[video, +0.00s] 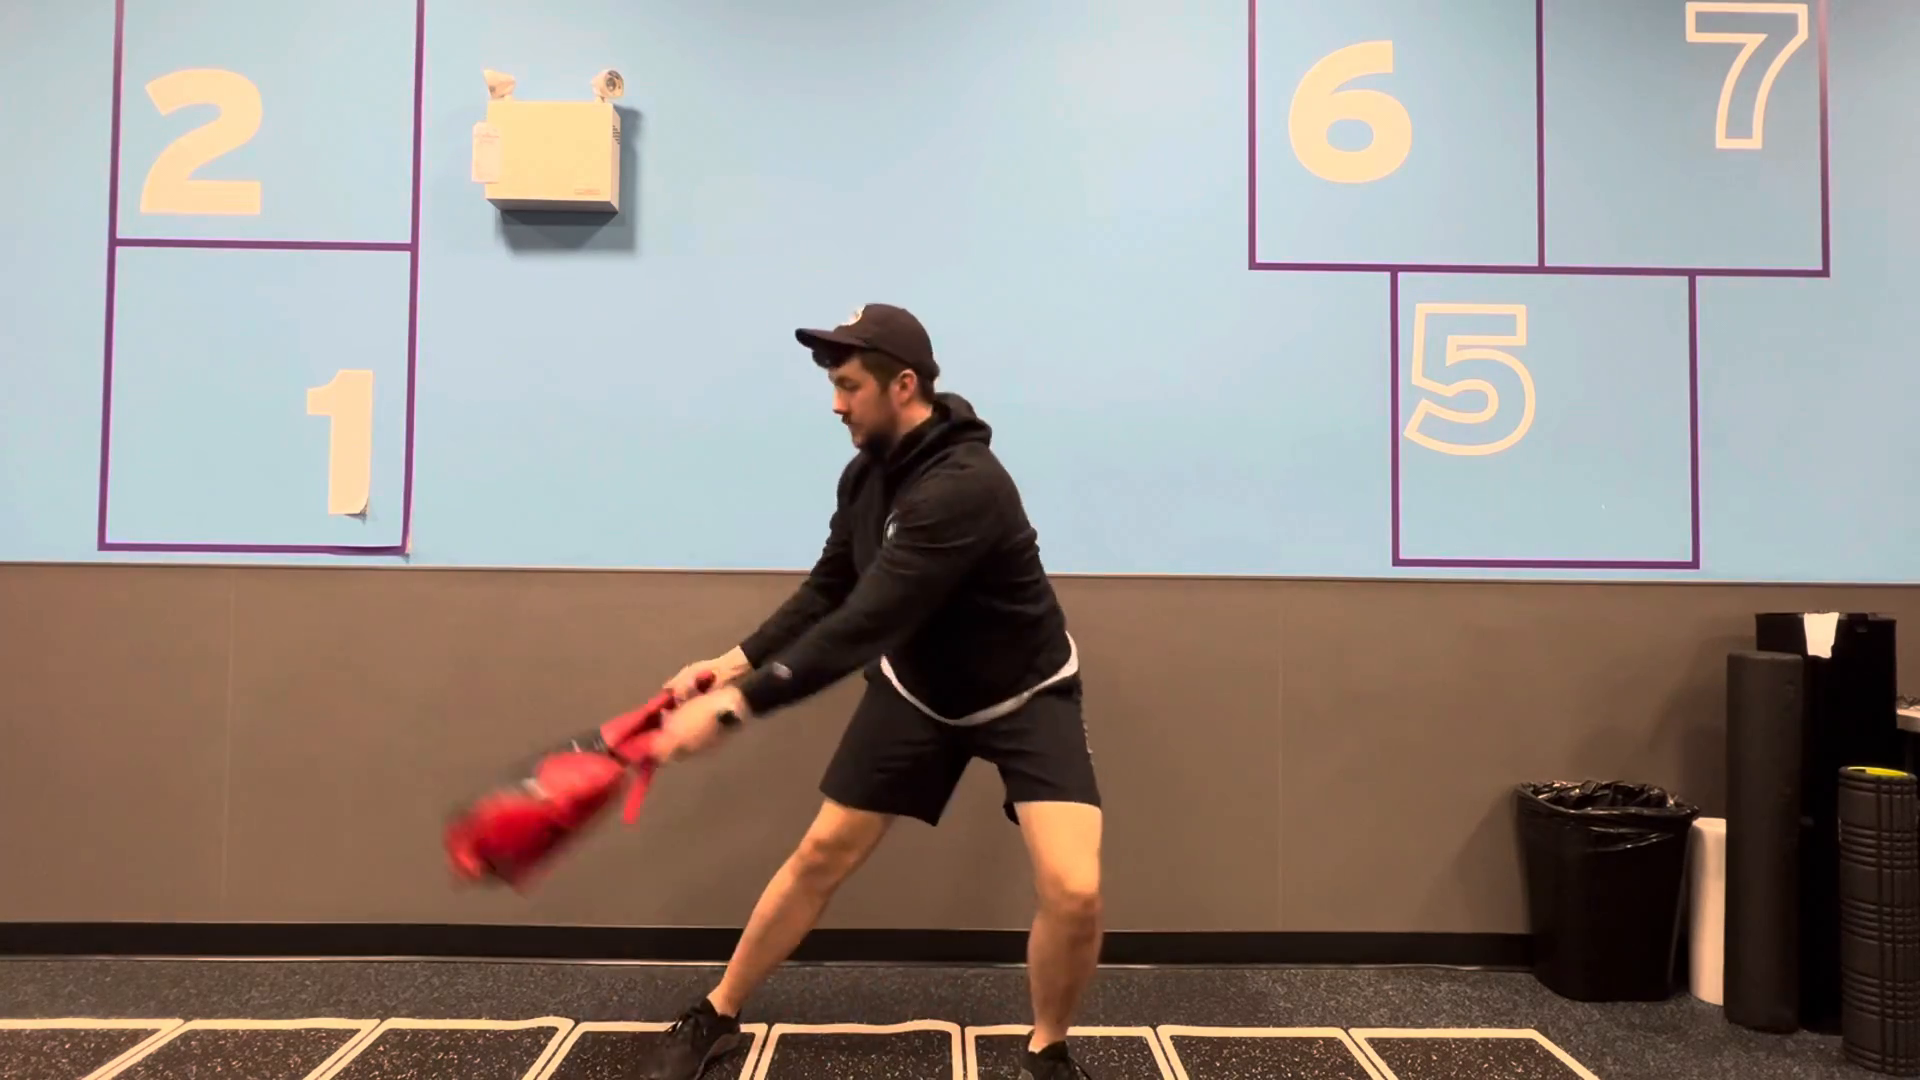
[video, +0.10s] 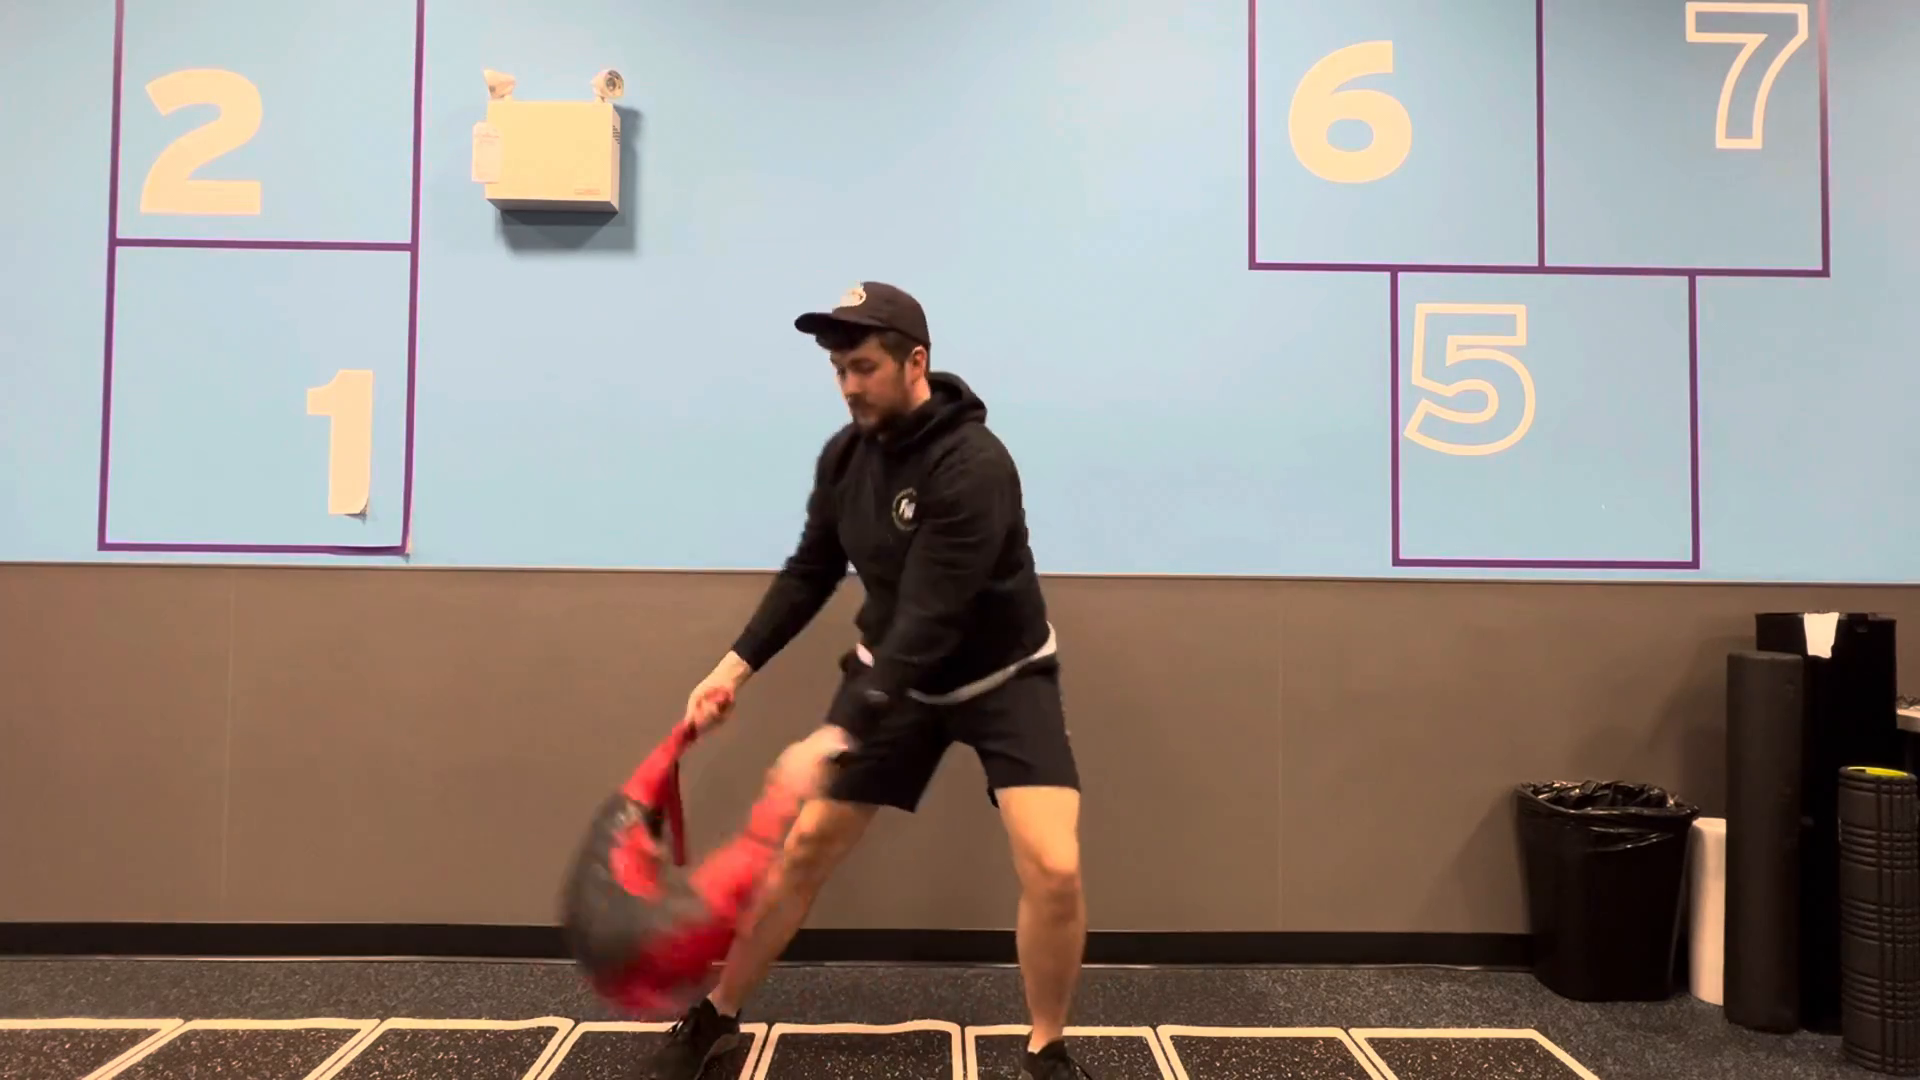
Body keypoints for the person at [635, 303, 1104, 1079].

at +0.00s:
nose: (836, 403)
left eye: (850, 386)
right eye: (835, 386)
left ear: (906, 386)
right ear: (887, 389)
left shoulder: (962, 487)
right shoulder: (866, 476)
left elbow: (866, 624)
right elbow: (828, 588)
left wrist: (735, 703)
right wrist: (734, 661)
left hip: (1026, 692)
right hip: (911, 689)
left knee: (1076, 891)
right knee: (820, 855)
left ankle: (1048, 1050)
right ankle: (715, 1016)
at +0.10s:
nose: (849, 384)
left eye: (864, 367)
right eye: (840, 368)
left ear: (916, 362)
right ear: (833, 367)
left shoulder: (973, 468)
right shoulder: (844, 458)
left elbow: (925, 624)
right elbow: (812, 569)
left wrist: (832, 738)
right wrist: (733, 668)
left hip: (1004, 676)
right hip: (892, 672)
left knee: (1056, 869)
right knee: (804, 846)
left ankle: (1047, 1050)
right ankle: (716, 1017)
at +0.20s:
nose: (862, 367)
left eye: (877, 349)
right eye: (846, 351)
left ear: (914, 343)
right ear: (830, 353)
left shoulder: (970, 447)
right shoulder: (811, 442)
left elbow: (978, 598)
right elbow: (772, 570)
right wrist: (737, 693)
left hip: (972, 658)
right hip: (856, 659)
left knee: (1027, 844)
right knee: (783, 832)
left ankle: (1046, 1046)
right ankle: (724, 1008)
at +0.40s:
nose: (892, 374)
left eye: (893, 358)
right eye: (873, 363)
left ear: (896, 358)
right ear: (819, 375)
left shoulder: (915, 451)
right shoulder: (767, 468)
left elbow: (978, 566)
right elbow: (797, 623)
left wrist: (1055, 659)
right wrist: (897, 731)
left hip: (889, 667)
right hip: (770, 670)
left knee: (952, 831)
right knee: (705, 850)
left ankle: (1040, 1038)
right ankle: (716, 1014)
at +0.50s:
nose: (894, 407)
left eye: (892, 390)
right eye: (877, 395)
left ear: (851, 403)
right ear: (823, 408)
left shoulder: (891, 480)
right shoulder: (763, 500)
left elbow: (952, 577)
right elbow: (838, 633)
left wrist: (1050, 647)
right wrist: (978, 709)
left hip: (853, 691)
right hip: (736, 696)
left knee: (933, 852)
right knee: (687, 877)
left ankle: (1041, 1038)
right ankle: (714, 1019)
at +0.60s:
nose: (893, 433)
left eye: (891, 416)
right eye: (878, 420)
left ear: (844, 430)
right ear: (825, 433)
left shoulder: (877, 499)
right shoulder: (763, 525)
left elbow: (940, 595)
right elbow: (869, 640)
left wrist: (1047, 647)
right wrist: (1018, 684)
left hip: (838, 701)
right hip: (722, 709)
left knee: (920, 859)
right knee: (678, 893)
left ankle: (1042, 1041)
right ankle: (715, 1019)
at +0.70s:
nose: (893, 443)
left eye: (891, 427)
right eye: (878, 430)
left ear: (841, 440)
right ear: (826, 442)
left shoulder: (871, 507)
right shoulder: (763, 532)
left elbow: (936, 602)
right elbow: (876, 637)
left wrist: (1045, 651)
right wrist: (1033, 677)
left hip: (829, 710)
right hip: (712, 718)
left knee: (916, 864)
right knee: (675, 904)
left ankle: (1042, 1041)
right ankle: (715, 1018)